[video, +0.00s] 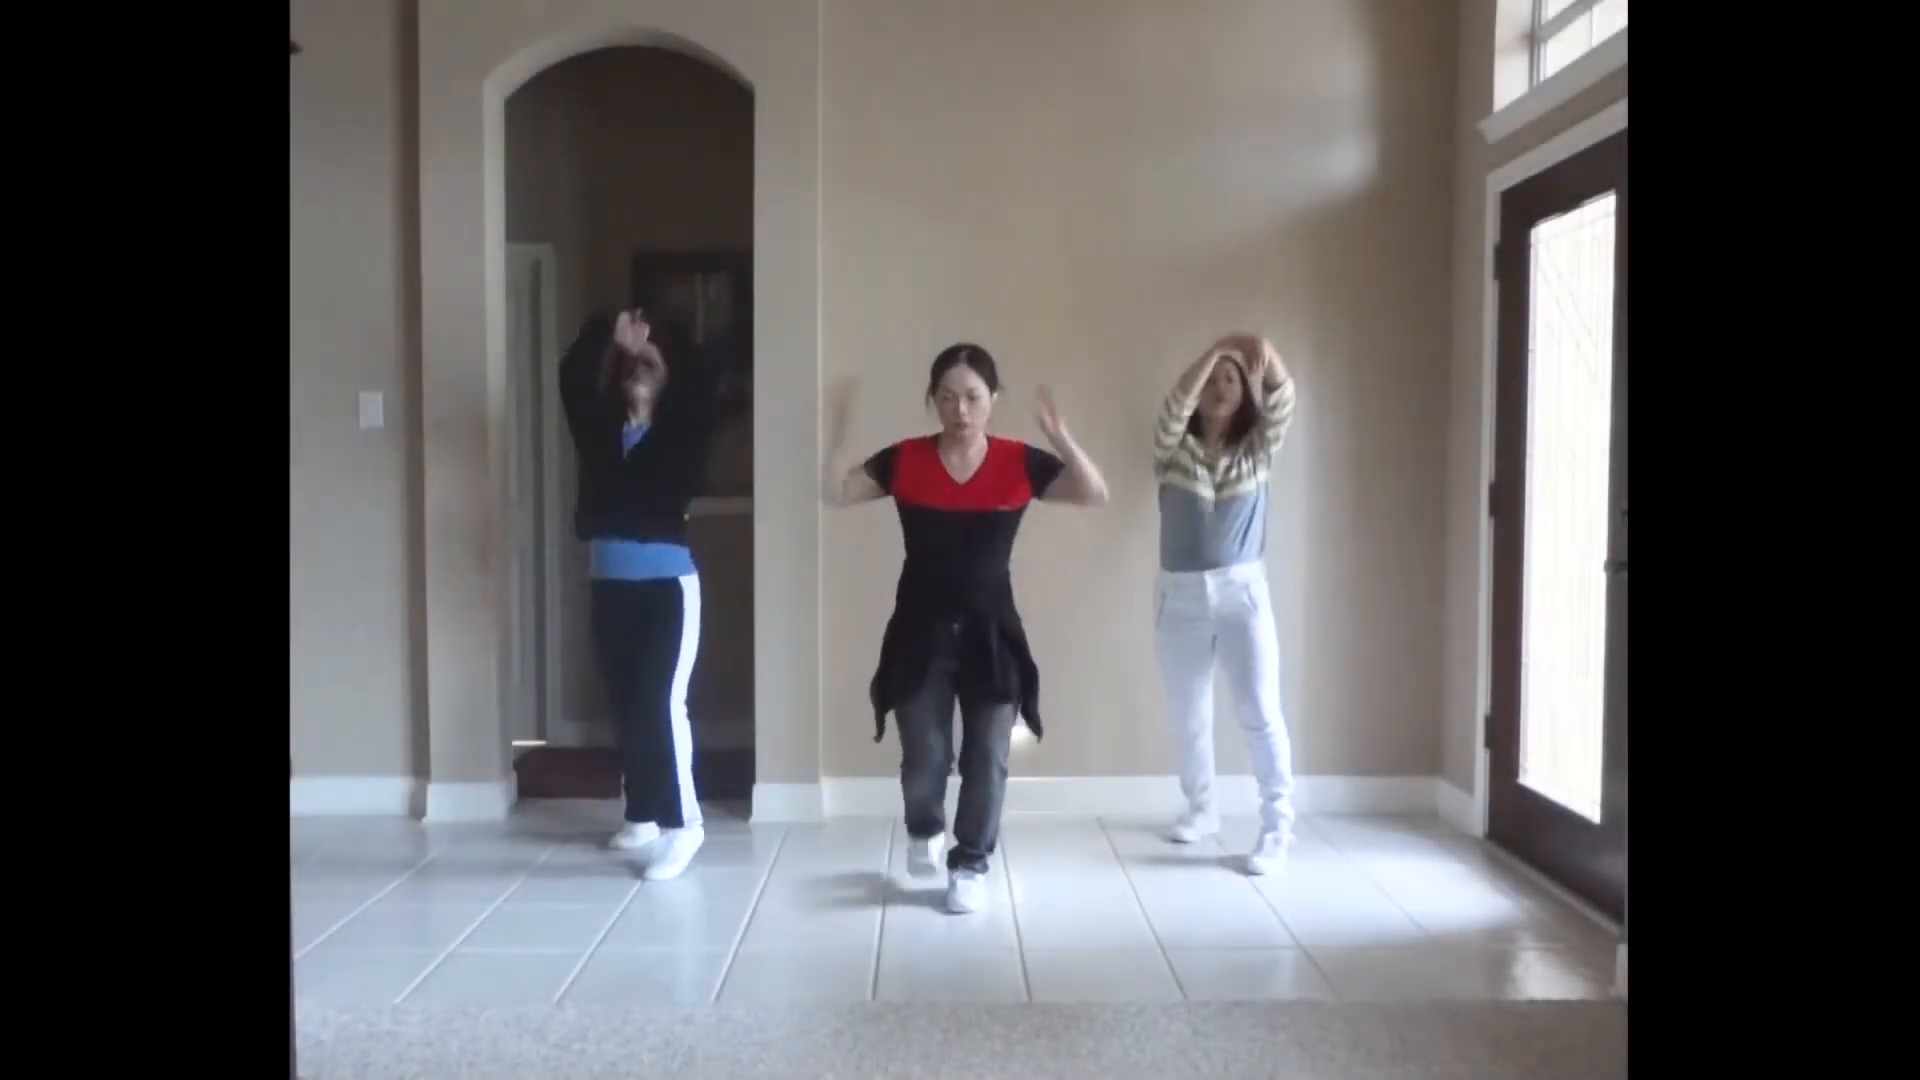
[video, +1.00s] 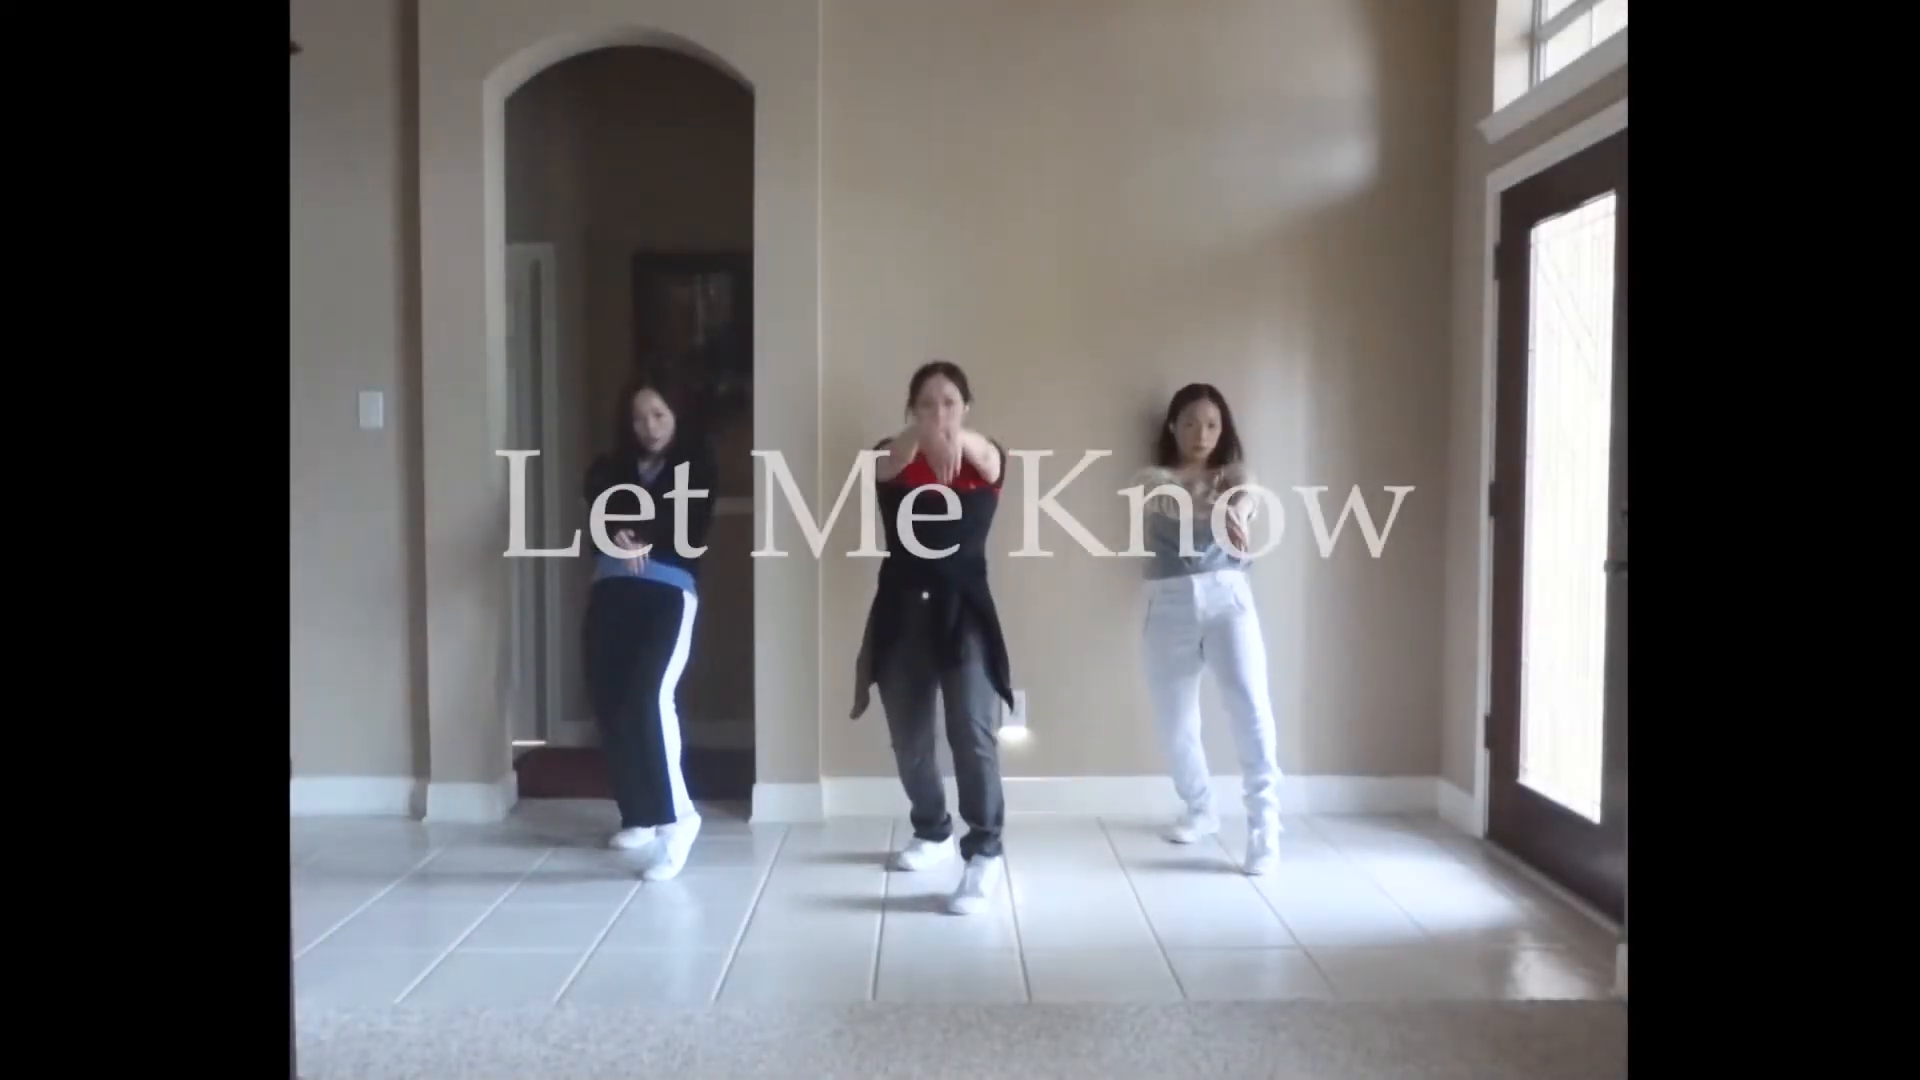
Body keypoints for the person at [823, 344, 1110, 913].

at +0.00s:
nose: (960, 407)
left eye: (972, 396)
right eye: (949, 396)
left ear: (991, 401)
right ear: (934, 402)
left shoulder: (1017, 462)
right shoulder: (905, 461)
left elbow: (1093, 494)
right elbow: (837, 493)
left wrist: (1060, 439)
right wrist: (836, 426)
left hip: (990, 625)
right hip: (921, 625)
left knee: (988, 755)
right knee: (925, 753)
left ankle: (971, 866)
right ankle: (924, 832)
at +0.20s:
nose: (953, 371)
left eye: (966, 362)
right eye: (943, 363)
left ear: (987, 377)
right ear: (930, 379)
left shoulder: (1009, 440)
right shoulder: (905, 435)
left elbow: (1065, 380)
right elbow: (847, 380)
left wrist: (1003, 361)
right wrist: (903, 368)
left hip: (983, 608)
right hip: (917, 607)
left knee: (979, 747)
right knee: (913, 743)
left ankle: (972, 862)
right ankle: (929, 821)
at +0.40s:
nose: (949, 367)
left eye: (959, 361)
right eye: (938, 361)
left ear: (979, 381)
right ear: (922, 377)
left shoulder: (992, 439)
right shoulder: (900, 433)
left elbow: (1009, 351)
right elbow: (897, 347)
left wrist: (971, 286)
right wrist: (930, 288)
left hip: (972, 601)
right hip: (910, 600)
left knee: (971, 739)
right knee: (922, 731)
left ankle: (975, 858)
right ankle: (932, 830)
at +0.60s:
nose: (940, 384)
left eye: (950, 374)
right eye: (929, 376)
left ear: (971, 383)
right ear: (915, 387)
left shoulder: (988, 444)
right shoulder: (897, 439)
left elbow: (991, 379)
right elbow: (896, 383)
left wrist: (963, 317)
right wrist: (914, 324)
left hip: (967, 600)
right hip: (905, 600)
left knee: (971, 734)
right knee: (920, 732)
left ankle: (984, 856)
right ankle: (933, 836)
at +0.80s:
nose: (941, 404)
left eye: (950, 394)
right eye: (932, 394)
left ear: (968, 400)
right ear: (917, 402)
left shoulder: (987, 457)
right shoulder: (895, 455)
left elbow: (987, 423)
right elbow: (897, 425)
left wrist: (963, 381)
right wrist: (912, 380)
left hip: (966, 605)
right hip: (903, 605)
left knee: (971, 731)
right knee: (914, 735)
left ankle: (984, 854)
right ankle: (932, 832)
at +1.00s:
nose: (940, 412)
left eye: (950, 402)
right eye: (929, 403)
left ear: (966, 409)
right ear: (912, 412)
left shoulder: (986, 461)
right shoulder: (886, 458)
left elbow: (986, 456)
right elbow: (883, 466)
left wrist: (961, 441)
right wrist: (916, 433)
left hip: (964, 612)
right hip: (901, 612)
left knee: (972, 732)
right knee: (911, 739)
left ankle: (983, 852)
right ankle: (931, 831)